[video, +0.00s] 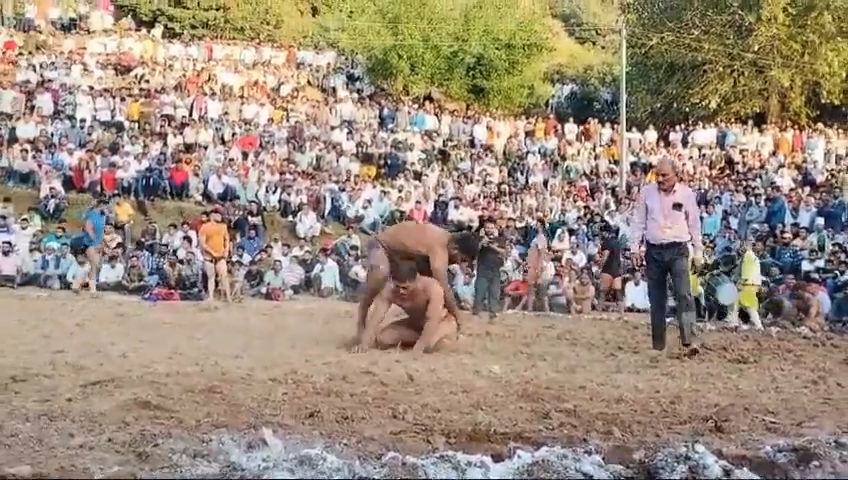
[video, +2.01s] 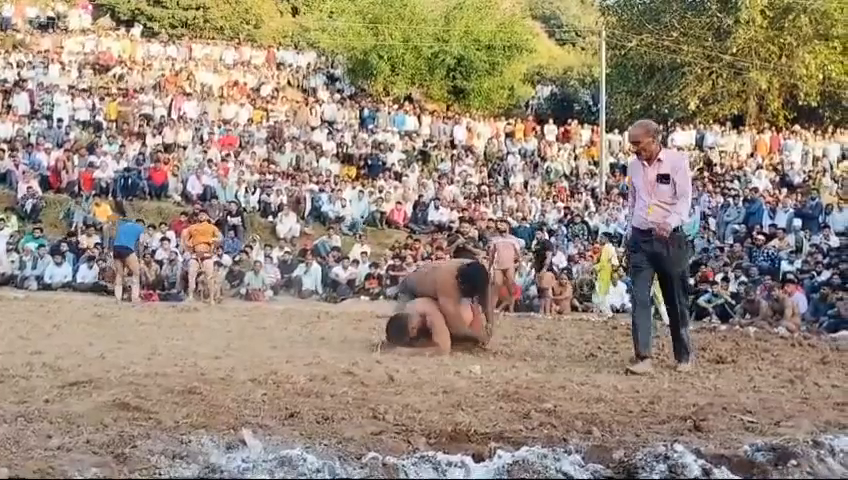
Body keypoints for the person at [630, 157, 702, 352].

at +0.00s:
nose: (660, 179)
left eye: (665, 175)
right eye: (658, 175)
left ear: (676, 174)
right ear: (655, 174)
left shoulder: (686, 194)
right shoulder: (646, 193)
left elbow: (694, 224)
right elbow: (639, 222)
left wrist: (698, 250)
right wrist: (635, 247)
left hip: (678, 248)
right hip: (653, 249)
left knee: (683, 294)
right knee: (656, 300)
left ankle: (688, 342)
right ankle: (658, 345)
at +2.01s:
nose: (637, 151)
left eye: (640, 145)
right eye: (634, 146)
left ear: (655, 140)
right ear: (633, 144)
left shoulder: (676, 160)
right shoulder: (634, 165)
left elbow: (684, 199)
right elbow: (633, 200)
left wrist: (670, 223)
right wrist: (631, 228)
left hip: (669, 235)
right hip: (639, 235)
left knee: (675, 299)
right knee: (640, 297)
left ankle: (683, 356)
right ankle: (642, 356)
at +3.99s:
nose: (404, 124)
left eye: (402, 117)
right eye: (402, 118)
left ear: (408, 112)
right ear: (426, 107)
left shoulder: (424, 133)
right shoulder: (461, 125)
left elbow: (428, 180)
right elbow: (484, 167)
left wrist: (419, 226)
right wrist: (492, 202)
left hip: (457, 209)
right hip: (486, 208)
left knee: (428, 288)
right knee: (488, 287)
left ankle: (430, 360)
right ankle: (517, 354)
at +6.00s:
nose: (377, 67)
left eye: (369, 62)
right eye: (385, 60)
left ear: (363, 66)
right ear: (389, 62)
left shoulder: (348, 100)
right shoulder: (412, 90)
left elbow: (338, 150)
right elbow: (426, 143)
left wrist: (332, 196)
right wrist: (438, 189)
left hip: (365, 192)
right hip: (405, 189)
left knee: (364, 279)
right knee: (412, 279)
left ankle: (365, 364)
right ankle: (416, 364)